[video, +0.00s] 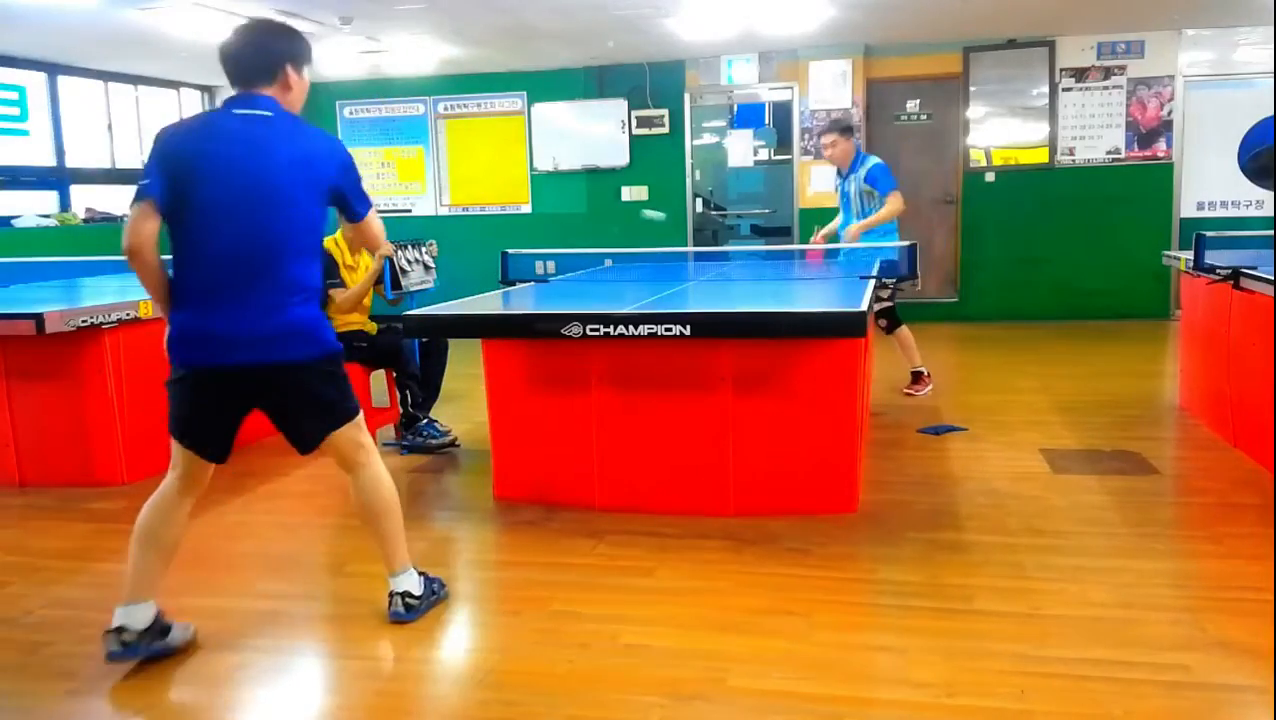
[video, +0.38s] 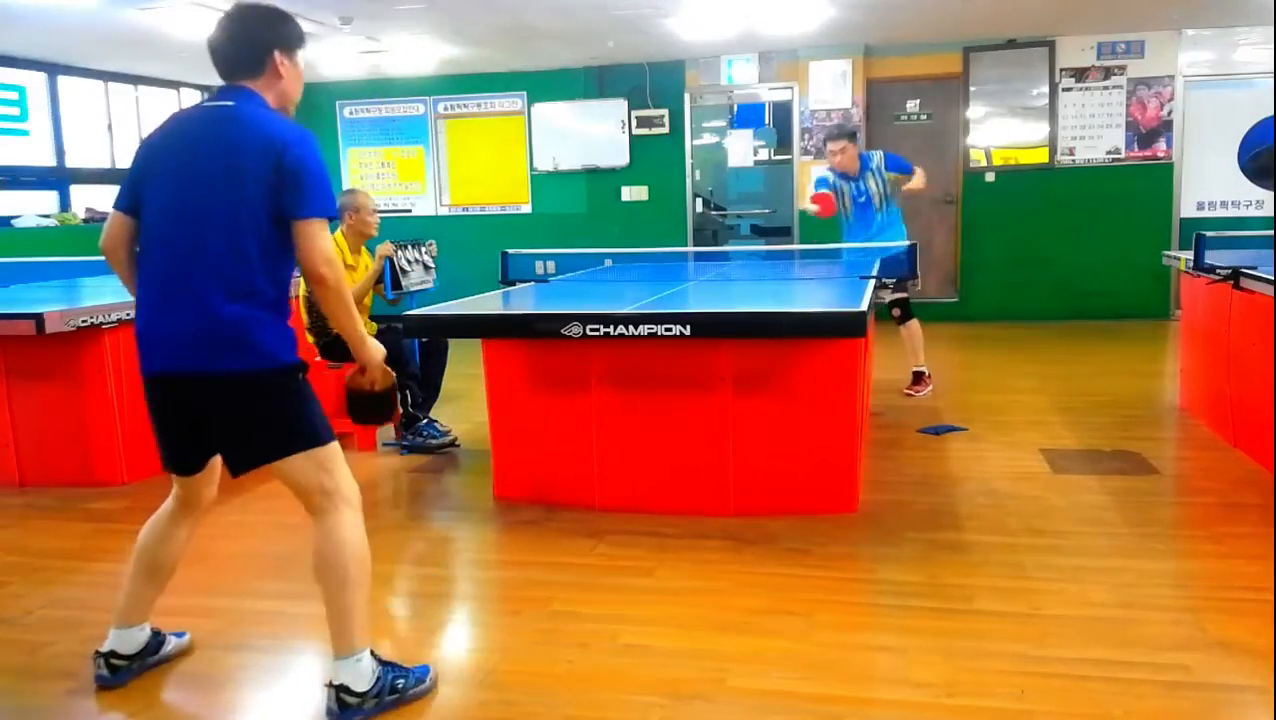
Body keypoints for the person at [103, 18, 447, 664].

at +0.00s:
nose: (308, 88)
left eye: (306, 76)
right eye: (306, 76)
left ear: (234, 77)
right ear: (288, 76)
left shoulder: (178, 139)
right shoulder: (318, 145)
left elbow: (137, 241)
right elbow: (372, 239)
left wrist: (173, 309)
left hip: (203, 347)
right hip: (295, 344)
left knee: (181, 480)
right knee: (359, 458)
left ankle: (132, 619)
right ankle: (407, 583)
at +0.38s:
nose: (303, 79)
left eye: (301, 65)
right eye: (300, 65)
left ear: (227, 65)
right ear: (277, 63)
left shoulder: (164, 135)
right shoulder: (288, 140)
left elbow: (117, 243)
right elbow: (319, 266)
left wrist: (169, 307)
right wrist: (364, 348)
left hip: (166, 355)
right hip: (251, 355)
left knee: (190, 492)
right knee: (335, 497)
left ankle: (124, 641)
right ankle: (355, 670)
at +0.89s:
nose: (286, 56)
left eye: (285, 41)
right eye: (284, 42)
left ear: (206, 38)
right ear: (265, 42)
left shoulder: (141, 98)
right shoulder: (293, 108)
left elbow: (73, 192)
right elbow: (378, 210)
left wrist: (115, 266)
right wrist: (361, 257)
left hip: (157, 345)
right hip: (258, 343)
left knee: (153, 483)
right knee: (330, 499)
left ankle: (115, 623)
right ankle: (359, 672)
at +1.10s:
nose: (258, 75)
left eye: (256, 63)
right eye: (257, 63)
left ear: (178, 65)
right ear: (240, 67)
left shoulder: (117, 127)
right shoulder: (276, 149)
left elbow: (59, 210)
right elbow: (353, 254)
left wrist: (41, 312)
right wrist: (363, 226)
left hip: (117, 364)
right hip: (222, 369)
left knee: (81, 510)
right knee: (318, 527)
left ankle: (26, 663)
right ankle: (349, 689)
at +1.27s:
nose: (234, 88)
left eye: (231, 74)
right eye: (231, 74)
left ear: (150, 82)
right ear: (209, 78)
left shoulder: (83, 150)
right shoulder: (238, 165)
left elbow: (18, 253)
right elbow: (269, 293)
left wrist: (58, 324)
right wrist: (305, 373)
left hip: (91, 378)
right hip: (190, 378)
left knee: (101, 513)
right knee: (310, 519)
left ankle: (28, 666)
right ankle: (348, 688)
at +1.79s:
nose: (252, 131)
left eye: (251, 118)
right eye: (250, 117)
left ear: (166, 112)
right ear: (228, 112)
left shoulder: (92, 181)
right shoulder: (239, 195)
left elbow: (42, 303)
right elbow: (273, 329)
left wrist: (107, 350)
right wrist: (319, 407)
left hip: (68, 407)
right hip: (170, 411)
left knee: (82, 512)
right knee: (308, 535)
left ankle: (19, 661)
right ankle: (295, 704)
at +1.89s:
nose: (213, 128)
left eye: (212, 116)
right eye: (212, 116)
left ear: (132, 113)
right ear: (196, 117)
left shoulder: (68, 166)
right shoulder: (227, 200)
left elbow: (3, 254)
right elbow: (231, 294)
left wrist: (15, 318)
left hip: (75, 400)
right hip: (188, 402)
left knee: (17, 519)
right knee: (295, 545)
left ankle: (4, 665)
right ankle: (296, 706)